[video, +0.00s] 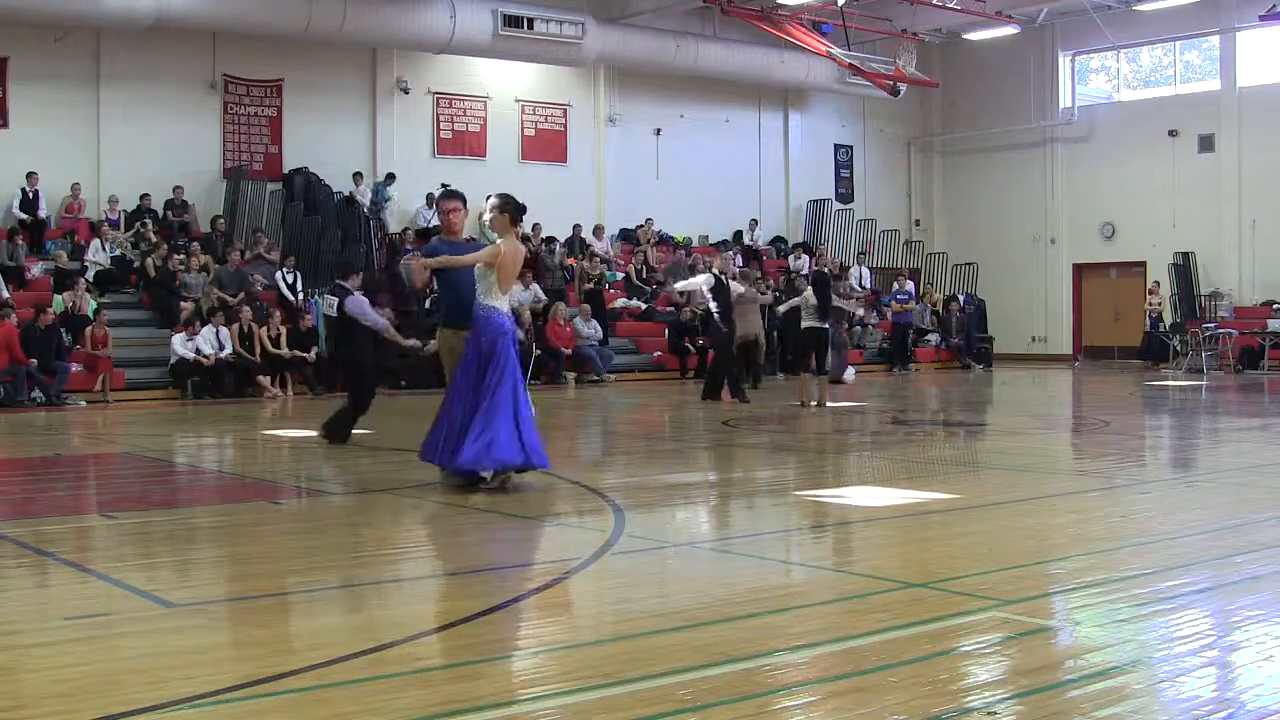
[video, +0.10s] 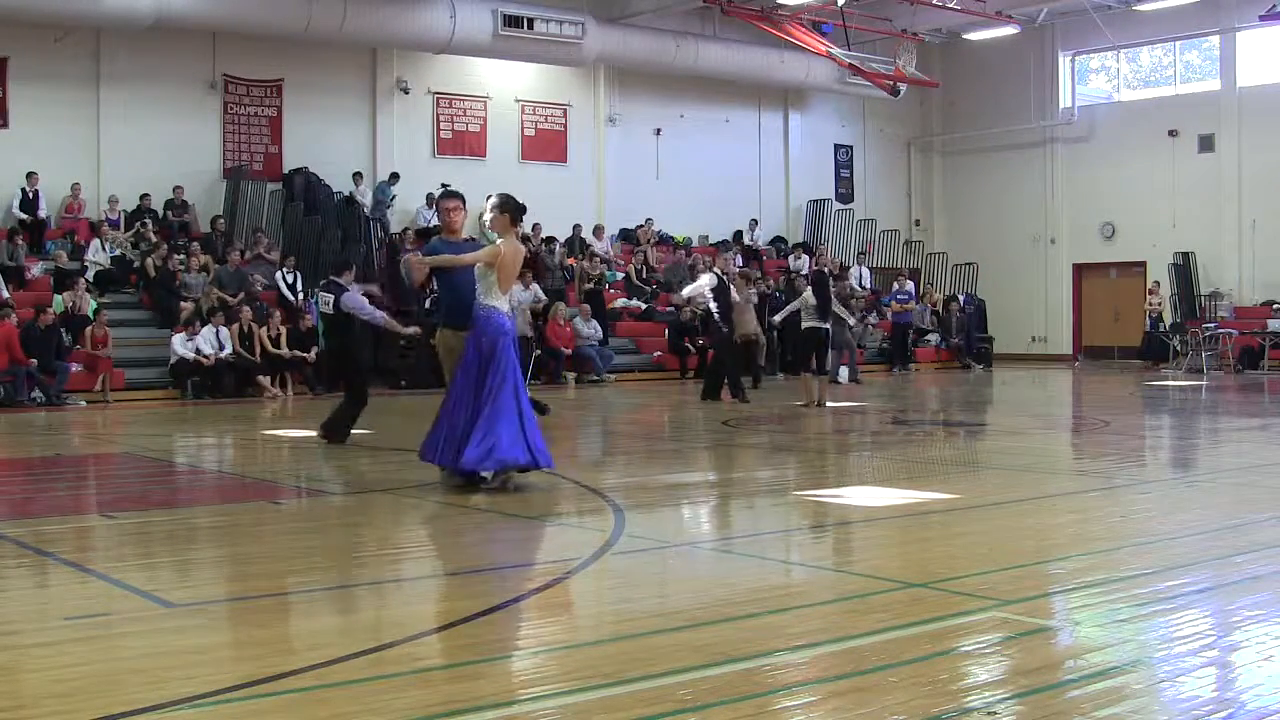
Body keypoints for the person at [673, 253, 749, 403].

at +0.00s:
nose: (728, 263)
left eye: (729, 260)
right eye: (724, 259)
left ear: (730, 262)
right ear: (716, 261)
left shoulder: (727, 281)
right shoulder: (709, 278)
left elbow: (742, 290)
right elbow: (690, 283)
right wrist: (675, 287)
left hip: (728, 322)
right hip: (717, 322)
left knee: (721, 357)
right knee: (728, 356)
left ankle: (711, 392)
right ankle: (738, 392)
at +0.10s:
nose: (729, 263)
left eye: (730, 260)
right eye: (725, 260)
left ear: (729, 262)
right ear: (717, 260)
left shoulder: (725, 281)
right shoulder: (710, 278)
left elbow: (735, 298)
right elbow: (691, 290)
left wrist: (747, 297)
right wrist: (682, 296)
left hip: (727, 323)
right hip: (717, 323)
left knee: (721, 357)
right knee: (727, 355)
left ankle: (710, 392)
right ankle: (738, 392)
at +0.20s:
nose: (731, 263)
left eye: (732, 261)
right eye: (728, 260)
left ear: (730, 262)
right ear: (719, 260)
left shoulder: (726, 278)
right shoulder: (712, 278)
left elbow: (730, 298)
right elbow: (695, 299)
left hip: (728, 324)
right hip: (719, 325)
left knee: (719, 359)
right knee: (729, 359)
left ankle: (710, 391)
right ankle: (738, 392)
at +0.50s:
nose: (740, 265)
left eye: (740, 262)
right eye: (738, 261)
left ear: (731, 262)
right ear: (728, 261)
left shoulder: (730, 279)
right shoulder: (724, 279)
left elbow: (727, 304)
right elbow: (722, 304)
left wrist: (731, 327)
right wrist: (724, 327)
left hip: (728, 329)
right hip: (725, 329)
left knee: (716, 362)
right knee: (731, 363)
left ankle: (709, 393)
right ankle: (732, 394)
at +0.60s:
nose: (744, 265)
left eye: (744, 262)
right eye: (741, 262)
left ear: (732, 263)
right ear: (731, 262)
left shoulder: (729, 279)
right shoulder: (727, 280)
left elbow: (731, 305)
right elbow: (732, 304)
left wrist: (737, 327)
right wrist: (737, 327)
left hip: (725, 321)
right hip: (725, 322)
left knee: (725, 357)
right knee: (732, 357)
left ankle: (711, 390)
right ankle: (733, 394)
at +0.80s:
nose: (748, 266)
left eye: (749, 263)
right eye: (746, 263)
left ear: (741, 264)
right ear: (737, 263)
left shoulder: (736, 280)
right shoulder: (729, 280)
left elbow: (741, 304)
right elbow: (740, 301)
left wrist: (747, 322)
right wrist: (757, 317)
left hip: (735, 322)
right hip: (728, 322)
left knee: (737, 357)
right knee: (734, 357)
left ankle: (733, 392)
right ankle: (732, 393)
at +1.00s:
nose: (753, 266)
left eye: (754, 262)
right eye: (750, 262)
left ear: (754, 264)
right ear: (741, 262)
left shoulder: (748, 282)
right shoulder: (731, 280)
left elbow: (749, 303)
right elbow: (740, 303)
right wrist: (758, 305)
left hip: (747, 324)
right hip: (733, 324)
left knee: (756, 358)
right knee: (735, 362)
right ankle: (732, 396)